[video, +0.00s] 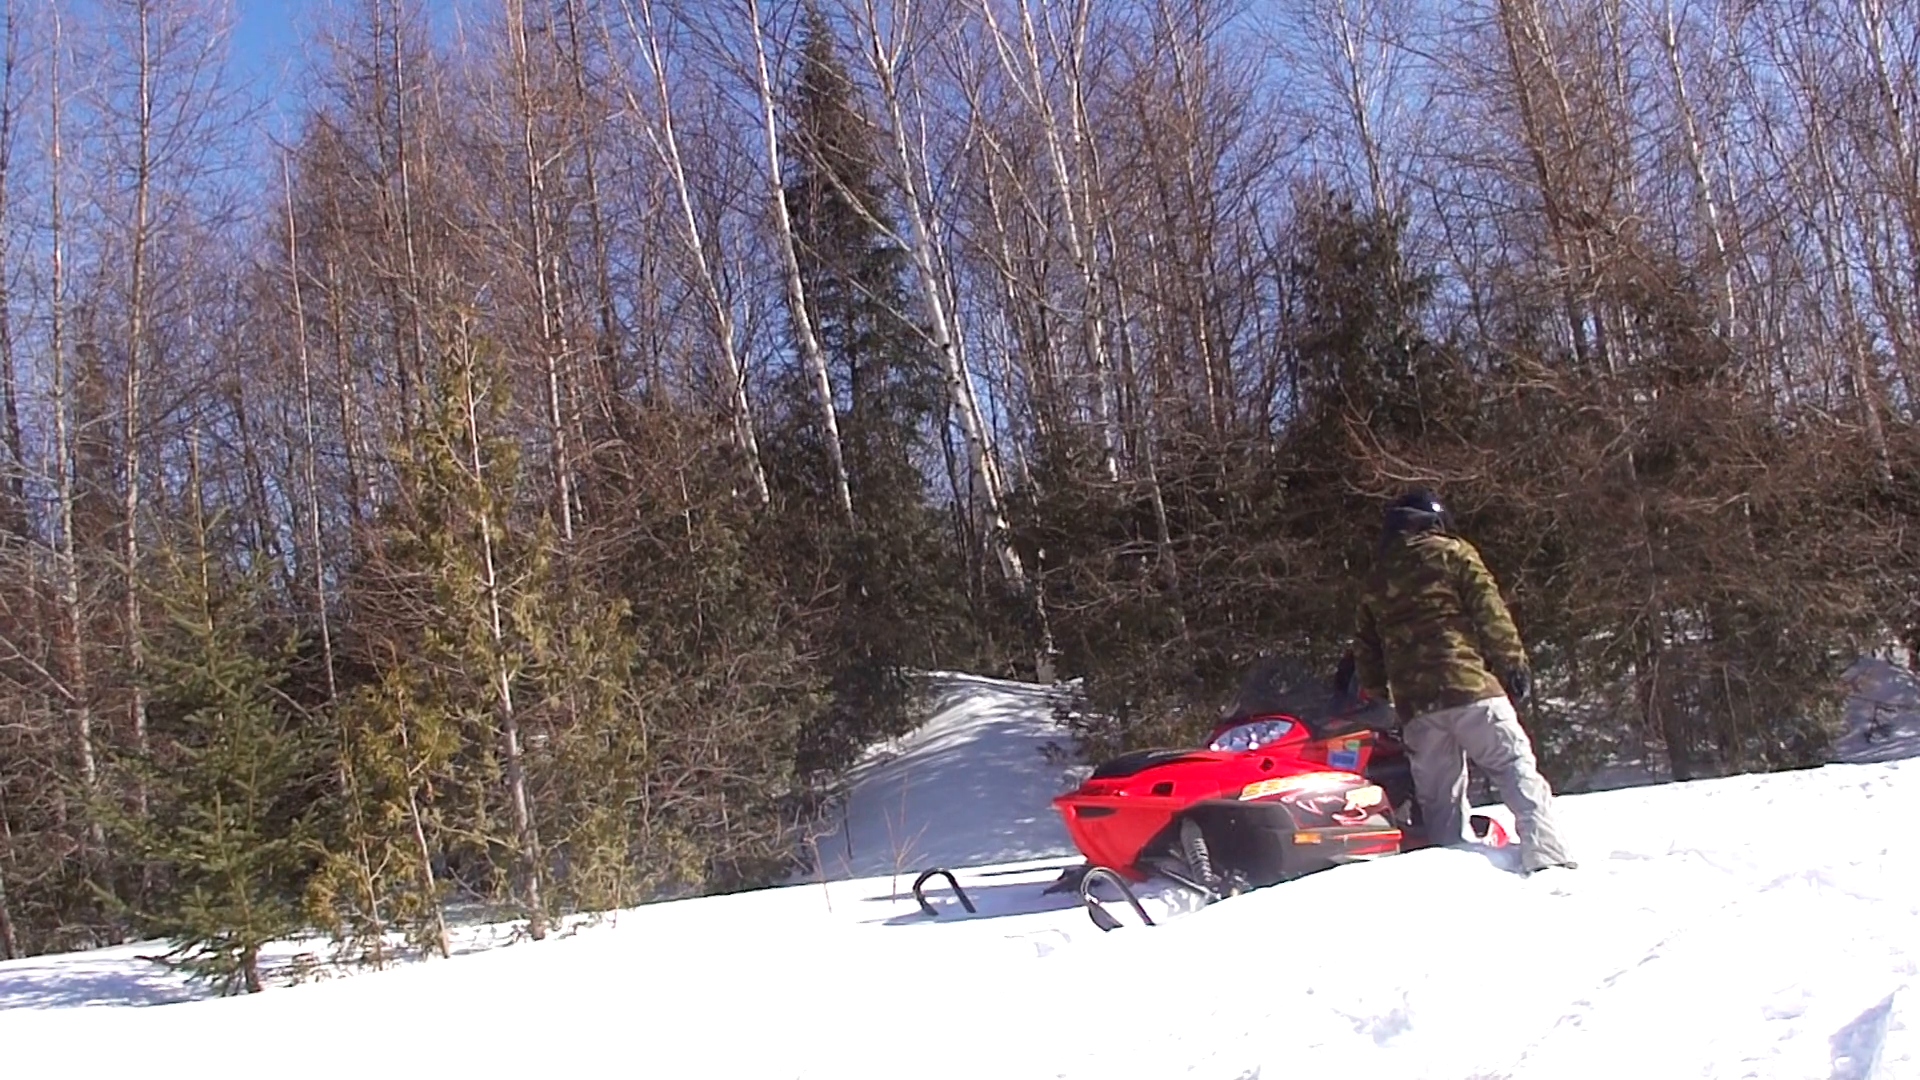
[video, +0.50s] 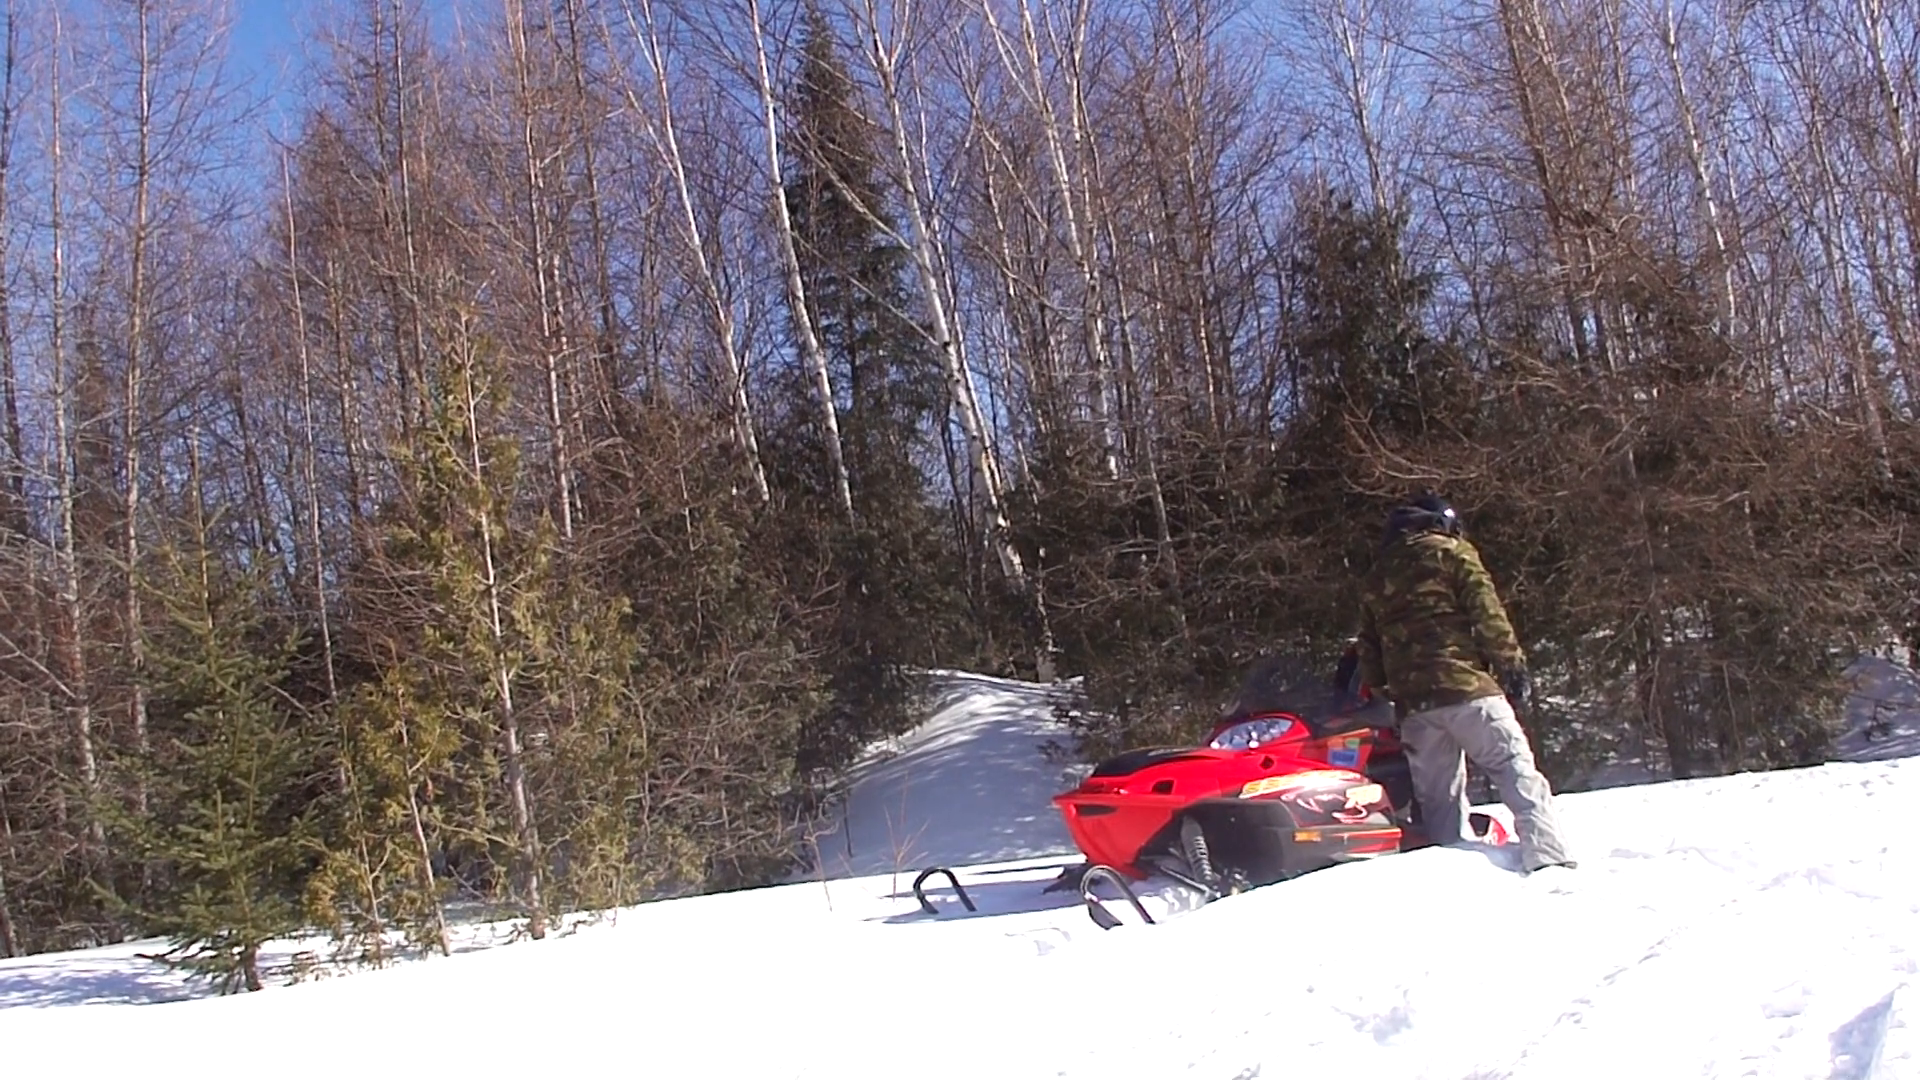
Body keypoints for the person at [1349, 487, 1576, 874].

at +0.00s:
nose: (1447, 525)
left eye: (1443, 521)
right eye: (1443, 520)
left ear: (1394, 524)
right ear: (1435, 519)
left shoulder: (1376, 575)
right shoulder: (1452, 551)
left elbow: (1367, 645)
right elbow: (1487, 607)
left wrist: (1377, 690)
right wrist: (1512, 661)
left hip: (1414, 700)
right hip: (1469, 687)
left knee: (1439, 800)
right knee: (1513, 765)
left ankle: (1449, 878)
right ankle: (1544, 853)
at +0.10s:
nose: (1452, 528)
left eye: (1450, 522)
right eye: (1448, 522)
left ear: (1397, 526)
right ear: (1436, 520)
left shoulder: (1376, 574)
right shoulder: (1452, 551)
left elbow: (1366, 643)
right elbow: (1486, 607)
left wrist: (1377, 689)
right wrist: (1513, 661)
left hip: (1412, 700)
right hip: (1467, 686)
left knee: (1438, 801)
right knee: (1513, 763)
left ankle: (1450, 878)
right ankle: (1545, 856)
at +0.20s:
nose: (1454, 530)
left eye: (1452, 524)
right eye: (1450, 524)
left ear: (1398, 526)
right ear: (1438, 521)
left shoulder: (1375, 573)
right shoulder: (1451, 552)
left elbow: (1366, 642)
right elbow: (1486, 607)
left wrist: (1376, 687)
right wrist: (1512, 662)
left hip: (1412, 702)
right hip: (1466, 687)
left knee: (1437, 803)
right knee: (1513, 766)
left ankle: (1449, 880)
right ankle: (1546, 857)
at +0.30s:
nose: (1455, 530)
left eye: (1453, 524)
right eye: (1451, 524)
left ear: (1399, 526)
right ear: (1438, 521)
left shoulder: (1375, 574)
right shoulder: (1452, 552)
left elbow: (1368, 645)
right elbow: (1485, 610)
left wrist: (1380, 686)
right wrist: (1511, 663)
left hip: (1412, 700)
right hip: (1466, 688)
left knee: (1438, 802)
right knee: (1512, 764)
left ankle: (1450, 879)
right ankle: (1546, 857)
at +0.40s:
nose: (1456, 531)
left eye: (1455, 525)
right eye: (1452, 525)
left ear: (1402, 525)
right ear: (1440, 522)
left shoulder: (1377, 572)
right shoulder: (1452, 551)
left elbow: (1368, 644)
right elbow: (1486, 612)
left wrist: (1381, 686)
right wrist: (1512, 666)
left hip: (1411, 699)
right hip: (1465, 687)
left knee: (1437, 800)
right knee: (1512, 763)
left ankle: (1449, 878)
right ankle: (1546, 857)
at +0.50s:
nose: (1457, 530)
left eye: (1455, 524)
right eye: (1453, 524)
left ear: (1402, 525)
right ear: (1441, 521)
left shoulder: (1378, 572)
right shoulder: (1453, 551)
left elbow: (1369, 642)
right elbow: (1486, 613)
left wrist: (1381, 686)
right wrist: (1513, 667)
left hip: (1412, 698)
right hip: (1465, 687)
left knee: (1437, 798)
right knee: (1512, 763)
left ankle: (1446, 877)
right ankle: (1546, 856)